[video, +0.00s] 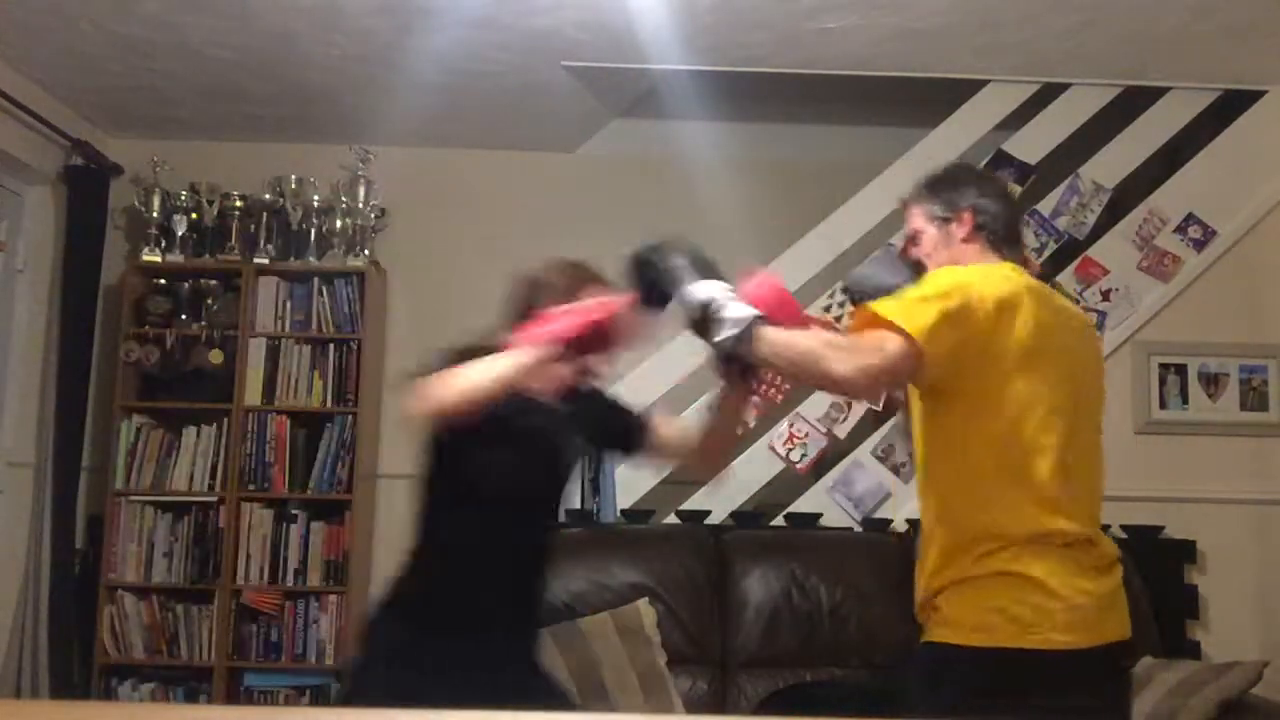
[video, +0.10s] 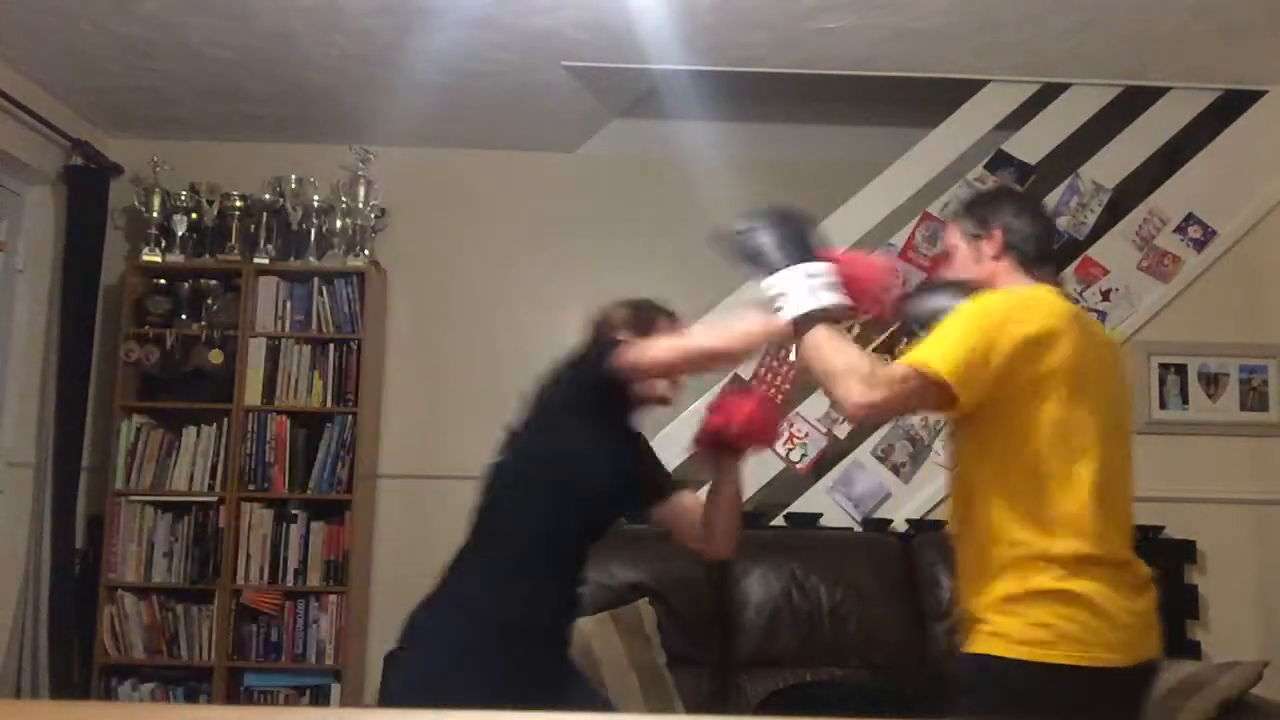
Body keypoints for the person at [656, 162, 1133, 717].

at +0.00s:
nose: (911, 256)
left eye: (917, 238)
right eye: (908, 243)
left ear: (963, 224)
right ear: (975, 230)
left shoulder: (968, 292)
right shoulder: (1075, 321)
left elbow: (860, 367)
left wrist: (728, 319)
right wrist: (855, 336)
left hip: (993, 639)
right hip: (1095, 636)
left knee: (786, 704)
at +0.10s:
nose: (945, 269)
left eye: (951, 252)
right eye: (944, 254)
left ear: (993, 244)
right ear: (1038, 250)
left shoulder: (1005, 314)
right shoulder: (1101, 341)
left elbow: (864, 394)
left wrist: (801, 295)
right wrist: (961, 319)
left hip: (1034, 648)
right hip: (1119, 647)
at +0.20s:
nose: (1001, 269)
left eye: (1009, 253)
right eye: (1001, 255)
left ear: (1056, 245)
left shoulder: (1041, 312)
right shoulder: (1150, 345)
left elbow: (891, 380)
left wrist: (852, 357)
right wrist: (966, 390)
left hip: (1069, 650)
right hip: (1151, 651)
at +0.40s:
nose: (1043, 271)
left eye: (1048, 253)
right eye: (1043, 257)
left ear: (1088, 241)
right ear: (1143, 255)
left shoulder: (1066, 297)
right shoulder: (1203, 329)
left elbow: (921, 313)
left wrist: (861, 362)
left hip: (1087, 617)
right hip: (1204, 630)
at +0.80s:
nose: (1060, 293)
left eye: (1068, 276)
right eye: (1059, 281)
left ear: (1116, 265)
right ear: (1118, 268)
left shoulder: (1145, 306)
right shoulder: (1210, 346)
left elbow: (998, 309)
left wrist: (893, 362)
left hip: (1171, 603)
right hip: (1249, 613)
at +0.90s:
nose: (1061, 286)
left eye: (1075, 266)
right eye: (1057, 278)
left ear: (1133, 258)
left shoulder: (1170, 308)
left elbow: (1029, 365)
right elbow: (1076, 481)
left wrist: (906, 378)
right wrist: (934, 482)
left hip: (1214, 597)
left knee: (1149, 707)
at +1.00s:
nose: (1085, 267)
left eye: (1100, 245)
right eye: (1078, 255)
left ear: (1159, 242)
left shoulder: (1191, 306)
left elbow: (1052, 393)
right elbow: (1149, 499)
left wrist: (930, 398)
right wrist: (1102, 423)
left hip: (1238, 587)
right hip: (1198, 594)